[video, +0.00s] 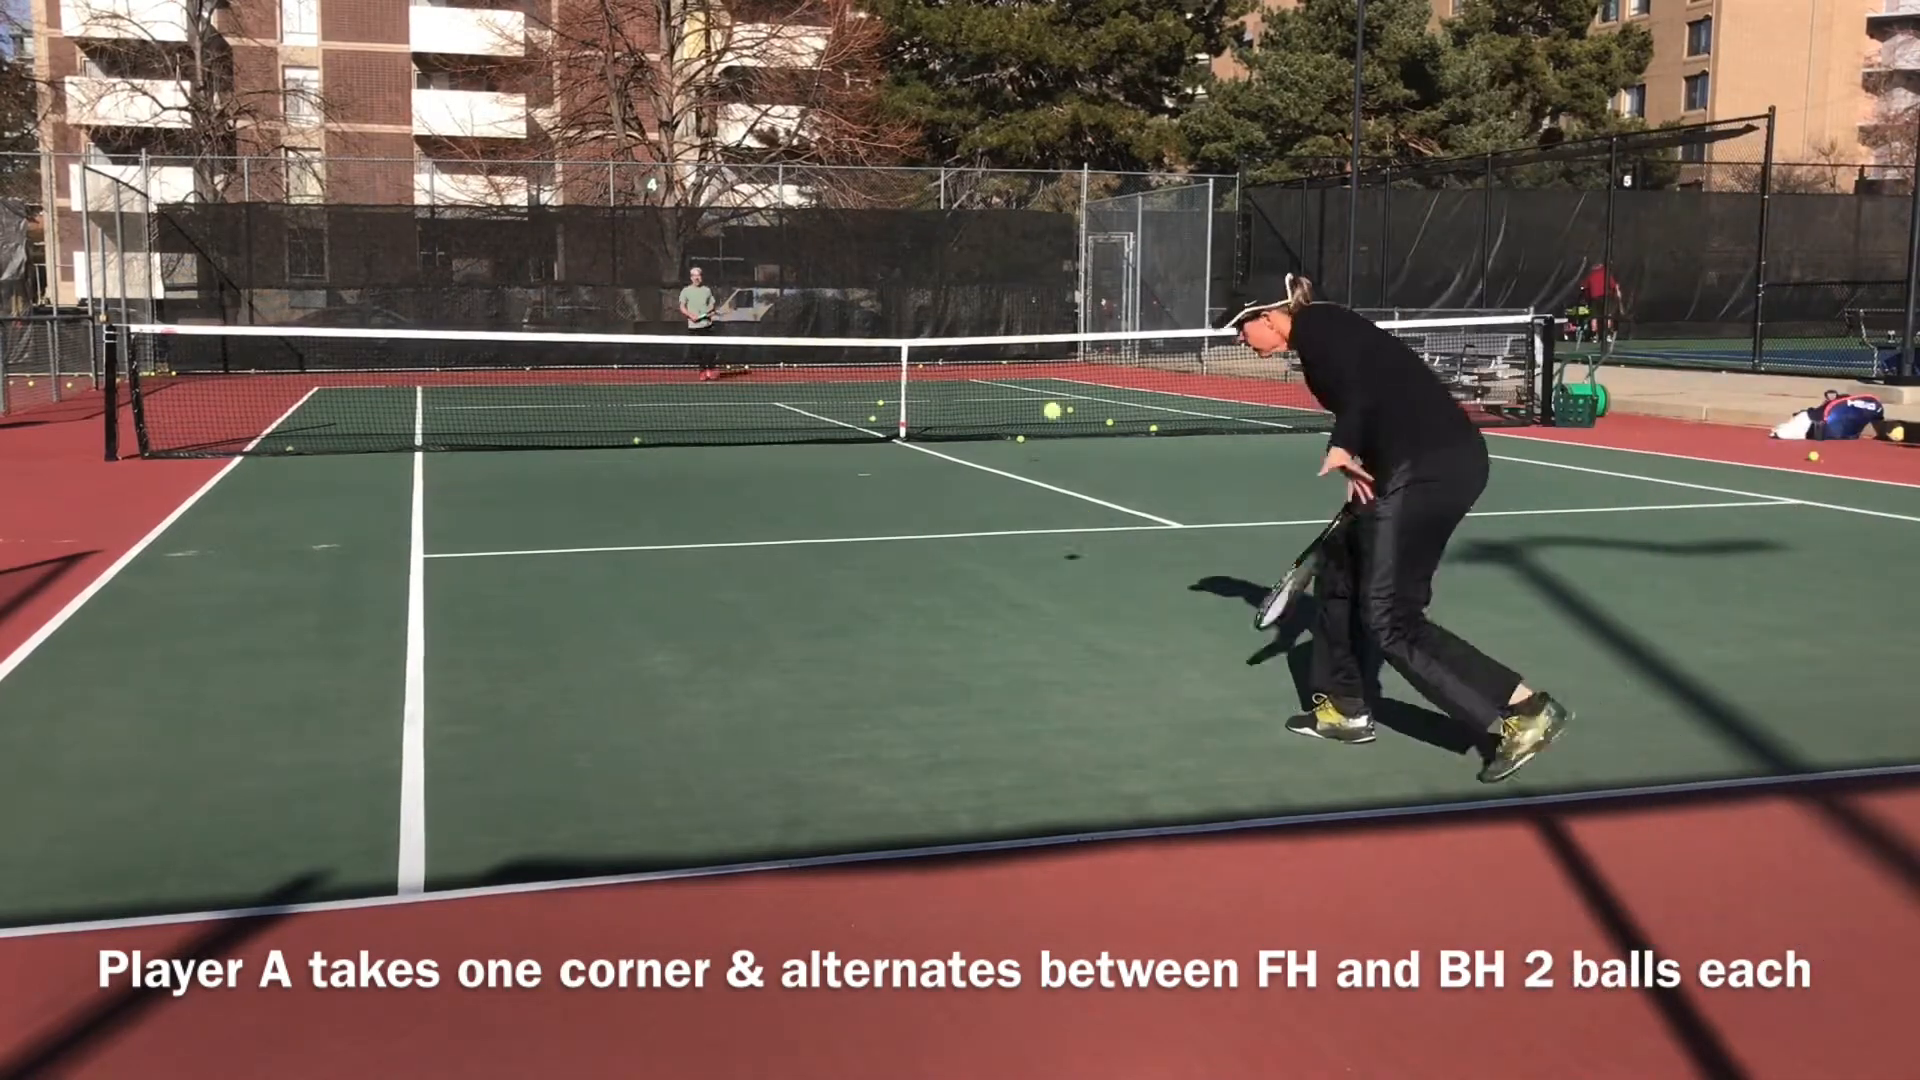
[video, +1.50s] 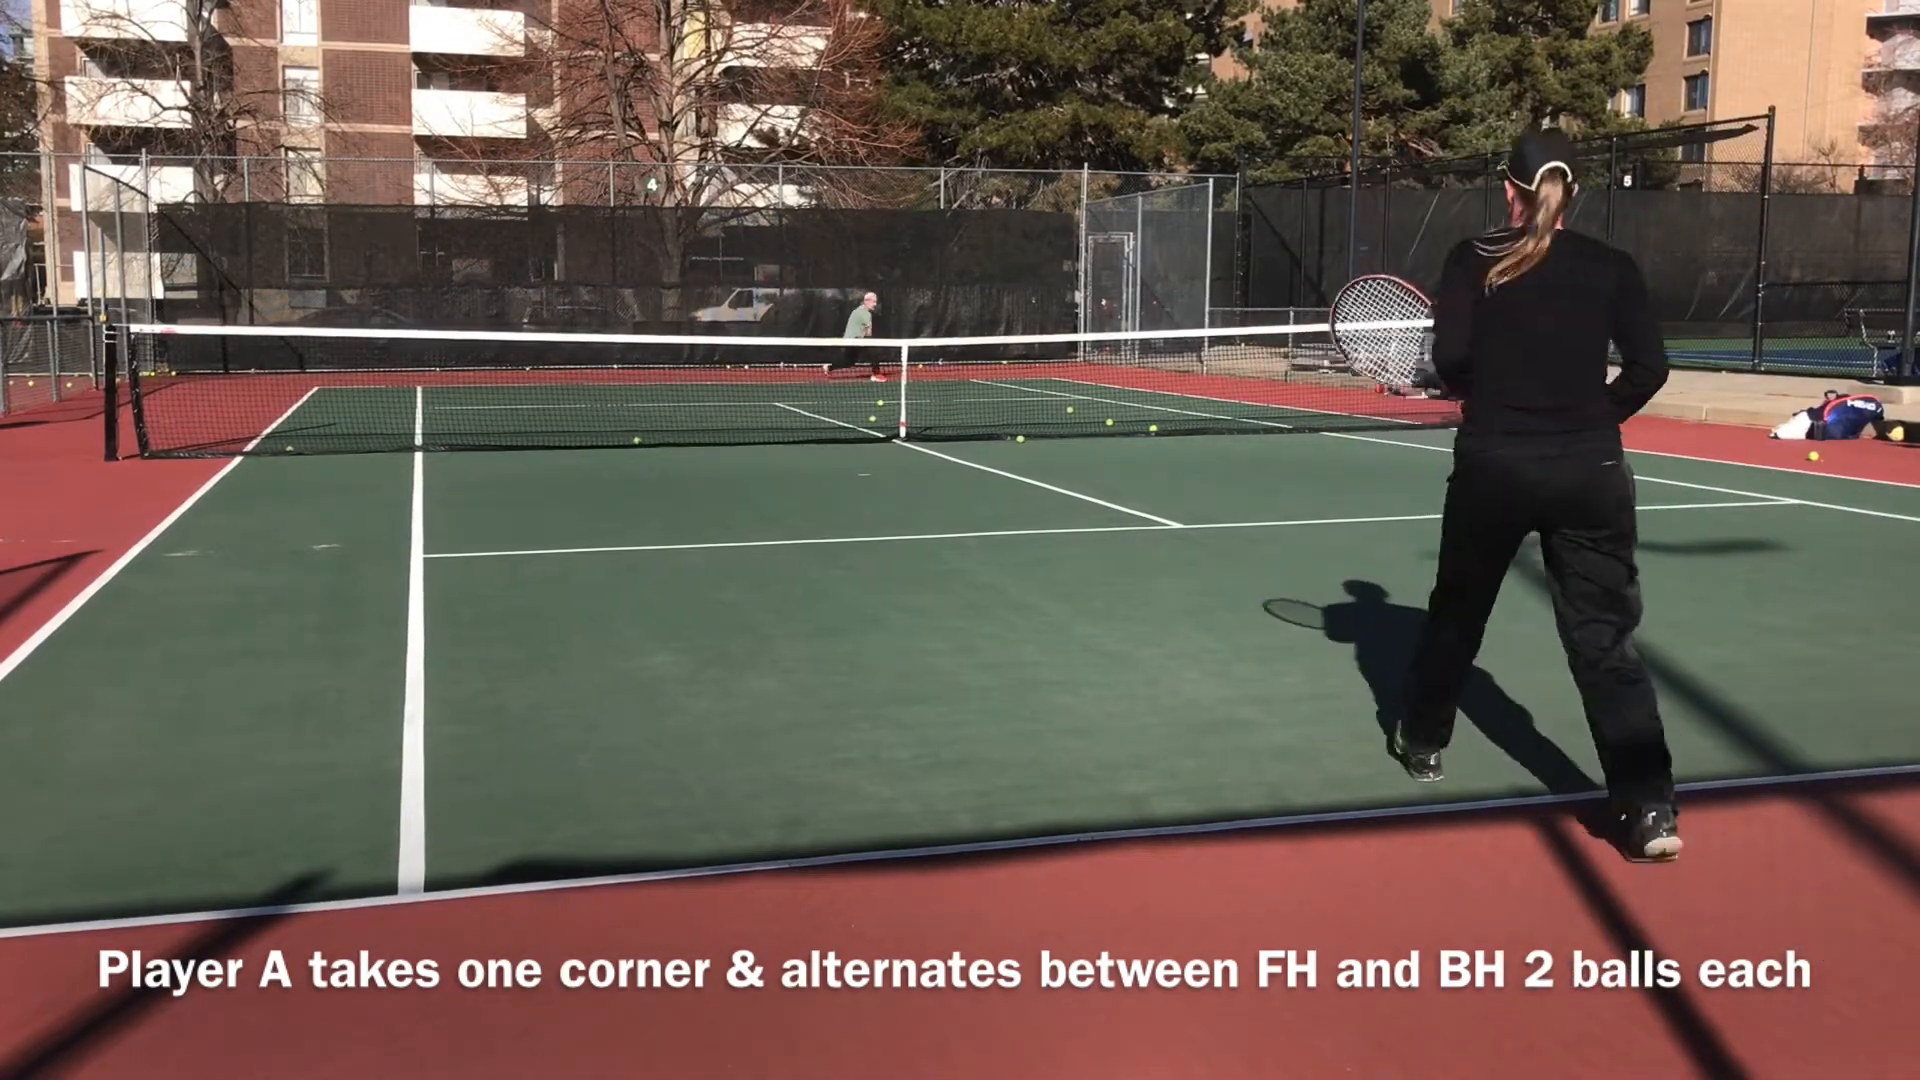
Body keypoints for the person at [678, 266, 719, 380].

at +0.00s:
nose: (696, 278)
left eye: (698, 275)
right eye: (694, 275)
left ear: (701, 277)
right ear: (690, 277)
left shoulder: (706, 290)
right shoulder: (685, 291)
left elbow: (712, 303)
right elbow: (682, 307)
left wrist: (708, 311)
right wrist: (691, 316)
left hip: (706, 324)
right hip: (694, 325)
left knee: (709, 347)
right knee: (697, 348)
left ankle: (710, 369)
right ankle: (702, 369)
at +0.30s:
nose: (736, 281)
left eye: (737, 279)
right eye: (733, 279)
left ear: (740, 280)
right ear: (729, 281)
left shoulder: (745, 293)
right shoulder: (725, 294)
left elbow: (750, 307)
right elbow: (720, 308)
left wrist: (745, 315)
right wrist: (726, 320)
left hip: (744, 326)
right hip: (730, 327)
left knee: (754, 348)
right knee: (723, 348)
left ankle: (756, 370)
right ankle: (713, 370)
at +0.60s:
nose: (774, 283)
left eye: (776, 281)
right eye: (772, 281)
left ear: (779, 283)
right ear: (768, 283)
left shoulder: (780, 296)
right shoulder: (763, 295)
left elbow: (783, 310)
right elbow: (757, 312)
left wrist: (780, 319)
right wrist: (769, 322)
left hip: (778, 327)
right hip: (765, 327)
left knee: (783, 349)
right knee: (761, 349)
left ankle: (783, 370)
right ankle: (752, 369)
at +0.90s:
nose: (809, 289)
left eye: (811, 287)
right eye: (807, 287)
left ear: (812, 288)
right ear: (802, 287)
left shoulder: (807, 300)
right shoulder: (798, 299)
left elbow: (805, 315)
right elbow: (798, 316)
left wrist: (811, 323)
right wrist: (808, 327)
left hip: (803, 331)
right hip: (794, 332)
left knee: (813, 350)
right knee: (792, 354)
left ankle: (816, 370)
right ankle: (778, 366)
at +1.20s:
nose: (839, 296)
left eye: (840, 294)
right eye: (837, 293)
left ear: (841, 295)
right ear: (832, 294)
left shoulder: (827, 304)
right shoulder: (831, 305)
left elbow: (829, 322)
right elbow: (832, 322)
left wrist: (836, 332)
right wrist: (838, 333)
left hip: (821, 334)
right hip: (825, 334)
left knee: (833, 354)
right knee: (844, 347)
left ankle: (820, 370)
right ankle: (848, 370)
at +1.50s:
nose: (875, 304)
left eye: (875, 302)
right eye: (873, 302)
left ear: (866, 302)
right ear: (866, 302)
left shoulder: (857, 310)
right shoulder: (866, 314)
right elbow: (869, 332)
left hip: (849, 339)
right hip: (857, 339)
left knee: (849, 361)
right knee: (874, 353)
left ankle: (829, 367)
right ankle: (875, 374)